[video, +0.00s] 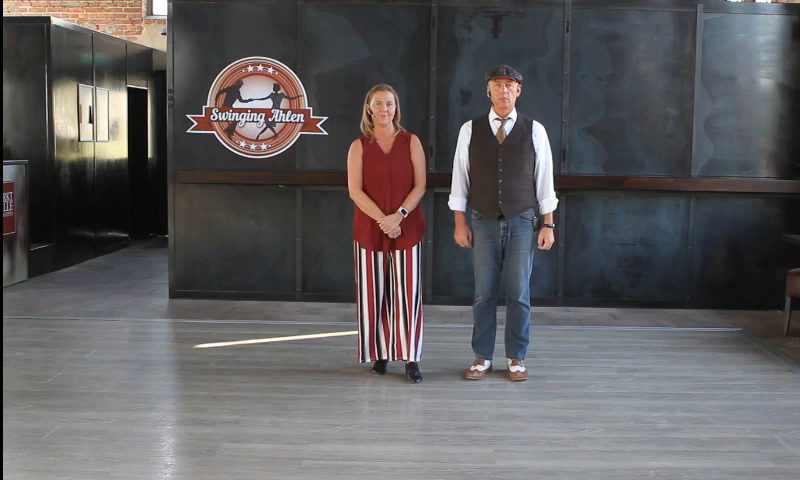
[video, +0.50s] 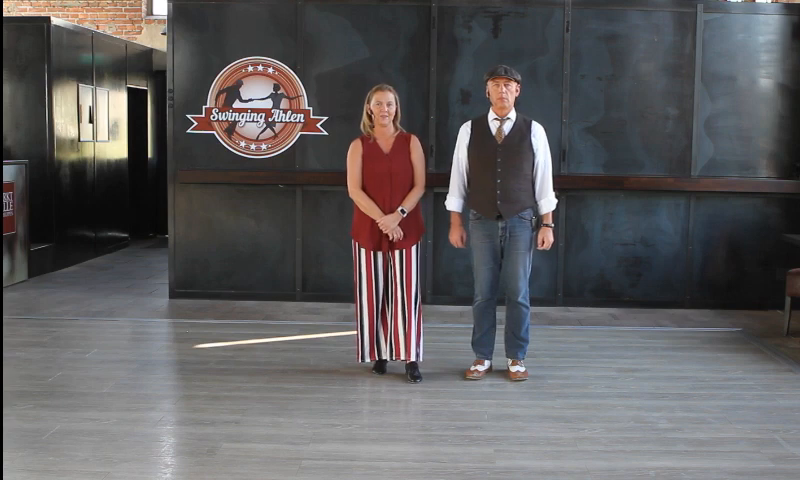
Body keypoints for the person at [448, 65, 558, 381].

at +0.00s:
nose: (505, 92)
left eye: (510, 87)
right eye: (499, 86)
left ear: (518, 92)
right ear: (489, 90)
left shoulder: (534, 131)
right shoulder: (470, 130)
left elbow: (545, 178)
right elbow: (460, 176)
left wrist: (548, 223)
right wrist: (459, 221)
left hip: (522, 222)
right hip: (482, 222)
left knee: (518, 293)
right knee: (484, 293)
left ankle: (517, 359)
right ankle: (481, 358)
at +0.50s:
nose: (504, 92)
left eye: (509, 87)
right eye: (498, 86)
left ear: (516, 92)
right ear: (488, 90)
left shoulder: (533, 131)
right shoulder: (469, 130)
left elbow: (544, 178)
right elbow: (458, 177)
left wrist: (547, 223)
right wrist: (455, 222)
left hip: (521, 221)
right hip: (480, 221)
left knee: (517, 293)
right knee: (483, 293)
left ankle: (516, 359)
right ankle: (482, 358)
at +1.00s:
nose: (503, 90)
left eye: (508, 85)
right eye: (497, 84)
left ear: (516, 91)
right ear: (488, 90)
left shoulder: (533, 131)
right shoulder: (468, 130)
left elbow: (548, 172)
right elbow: (454, 172)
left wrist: (547, 193)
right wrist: (454, 198)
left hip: (520, 220)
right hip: (480, 221)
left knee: (517, 293)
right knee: (483, 293)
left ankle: (516, 359)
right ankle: (481, 358)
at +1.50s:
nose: (502, 92)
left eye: (507, 87)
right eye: (496, 87)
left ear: (515, 92)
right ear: (486, 91)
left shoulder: (532, 130)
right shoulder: (467, 129)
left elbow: (544, 173)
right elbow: (457, 171)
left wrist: (515, 174)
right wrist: (488, 175)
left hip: (519, 219)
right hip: (481, 220)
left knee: (517, 291)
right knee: (483, 291)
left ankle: (516, 358)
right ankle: (482, 358)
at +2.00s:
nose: (500, 92)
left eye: (505, 86)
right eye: (494, 86)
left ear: (514, 91)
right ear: (485, 91)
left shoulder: (531, 129)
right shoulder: (467, 128)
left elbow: (543, 172)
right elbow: (456, 170)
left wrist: (513, 175)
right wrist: (486, 176)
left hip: (519, 220)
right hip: (481, 220)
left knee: (517, 292)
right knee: (483, 292)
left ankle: (516, 358)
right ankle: (482, 358)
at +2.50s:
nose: (499, 91)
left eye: (504, 85)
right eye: (493, 86)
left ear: (515, 90)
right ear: (486, 91)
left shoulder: (532, 130)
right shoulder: (469, 128)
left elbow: (548, 177)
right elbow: (451, 175)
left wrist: (534, 173)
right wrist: (462, 174)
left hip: (520, 219)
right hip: (481, 220)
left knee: (517, 292)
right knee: (483, 292)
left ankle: (516, 359)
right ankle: (482, 358)